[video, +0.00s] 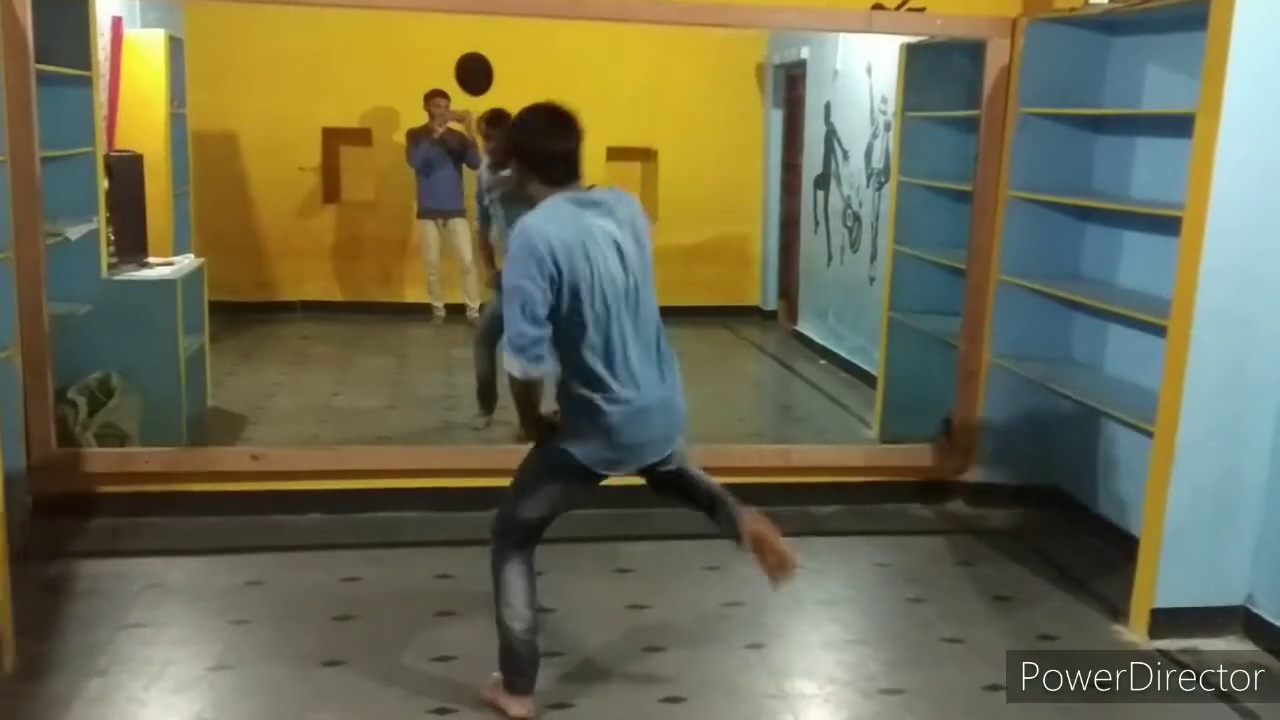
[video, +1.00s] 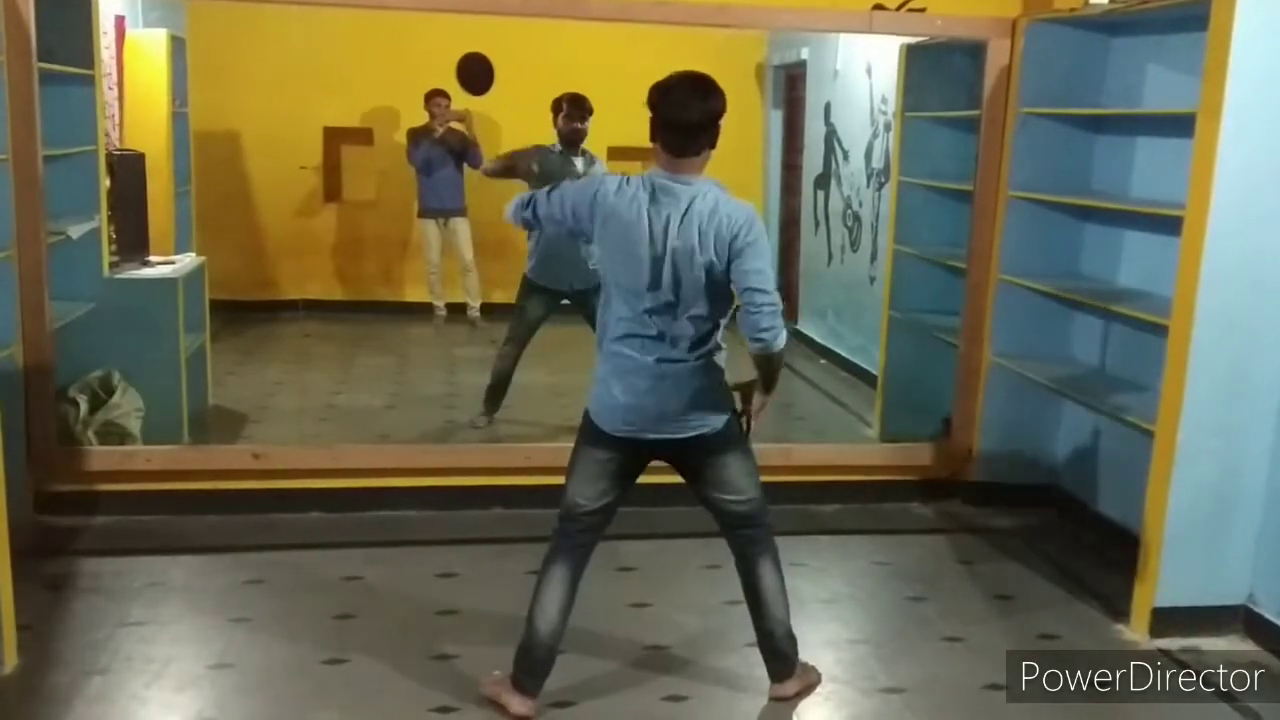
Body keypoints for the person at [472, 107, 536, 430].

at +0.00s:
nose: (489, 146)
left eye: (495, 138)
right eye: (485, 138)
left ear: (512, 140)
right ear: (481, 140)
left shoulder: (531, 177)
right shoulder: (485, 179)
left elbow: (551, 217)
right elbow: (483, 230)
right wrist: (491, 271)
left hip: (546, 276)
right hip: (511, 278)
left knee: (563, 340)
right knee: (485, 335)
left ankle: (568, 408)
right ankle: (486, 407)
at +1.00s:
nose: (577, 126)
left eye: (583, 120)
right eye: (570, 119)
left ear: (590, 123)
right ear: (556, 121)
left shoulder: (598, 168)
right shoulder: (537, 159)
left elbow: (616, 211)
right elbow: (489, 167)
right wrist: (518, 165)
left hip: (591, 278)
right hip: (544, 276)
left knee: (624, 346)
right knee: (512, 347)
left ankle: (635, 423)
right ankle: (488, 411)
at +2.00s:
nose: (616, 130)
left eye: (622, 124)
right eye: (610, 122)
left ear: (628, 130)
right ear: (597, 124)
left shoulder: (623, 178)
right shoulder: (582, 149)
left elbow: (618, 226)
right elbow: (591, 167)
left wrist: (623, 264)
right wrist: (637, 178)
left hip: (595, 263)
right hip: (558, 257)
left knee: (626, 326)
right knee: (530, 326)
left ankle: (630, 398)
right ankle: (491, 379)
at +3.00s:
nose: (562, 170)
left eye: (568, 163)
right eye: (555, 164)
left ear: (577, 164)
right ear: (543, 166)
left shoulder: (601, 202)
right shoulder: (535, 203)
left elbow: (639, 228)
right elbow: (528, 252)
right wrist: (533, 291)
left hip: (596, 311)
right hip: (553, 309)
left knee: (623, 372)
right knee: (509, 363)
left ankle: (621, 440)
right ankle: (498, 443)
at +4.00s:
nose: (565, 195)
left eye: (571, 189)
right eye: (559, 189)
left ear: (583, 191)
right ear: (552, 189)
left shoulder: (582, 224)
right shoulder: (544, 224)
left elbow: (529, 231)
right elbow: (527, 274)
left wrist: (486, 221)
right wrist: (534, 317)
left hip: (591, 335)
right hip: (553, 332)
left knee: (612, 401)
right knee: (515, 386)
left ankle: (616, 464)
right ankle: (509, 464)